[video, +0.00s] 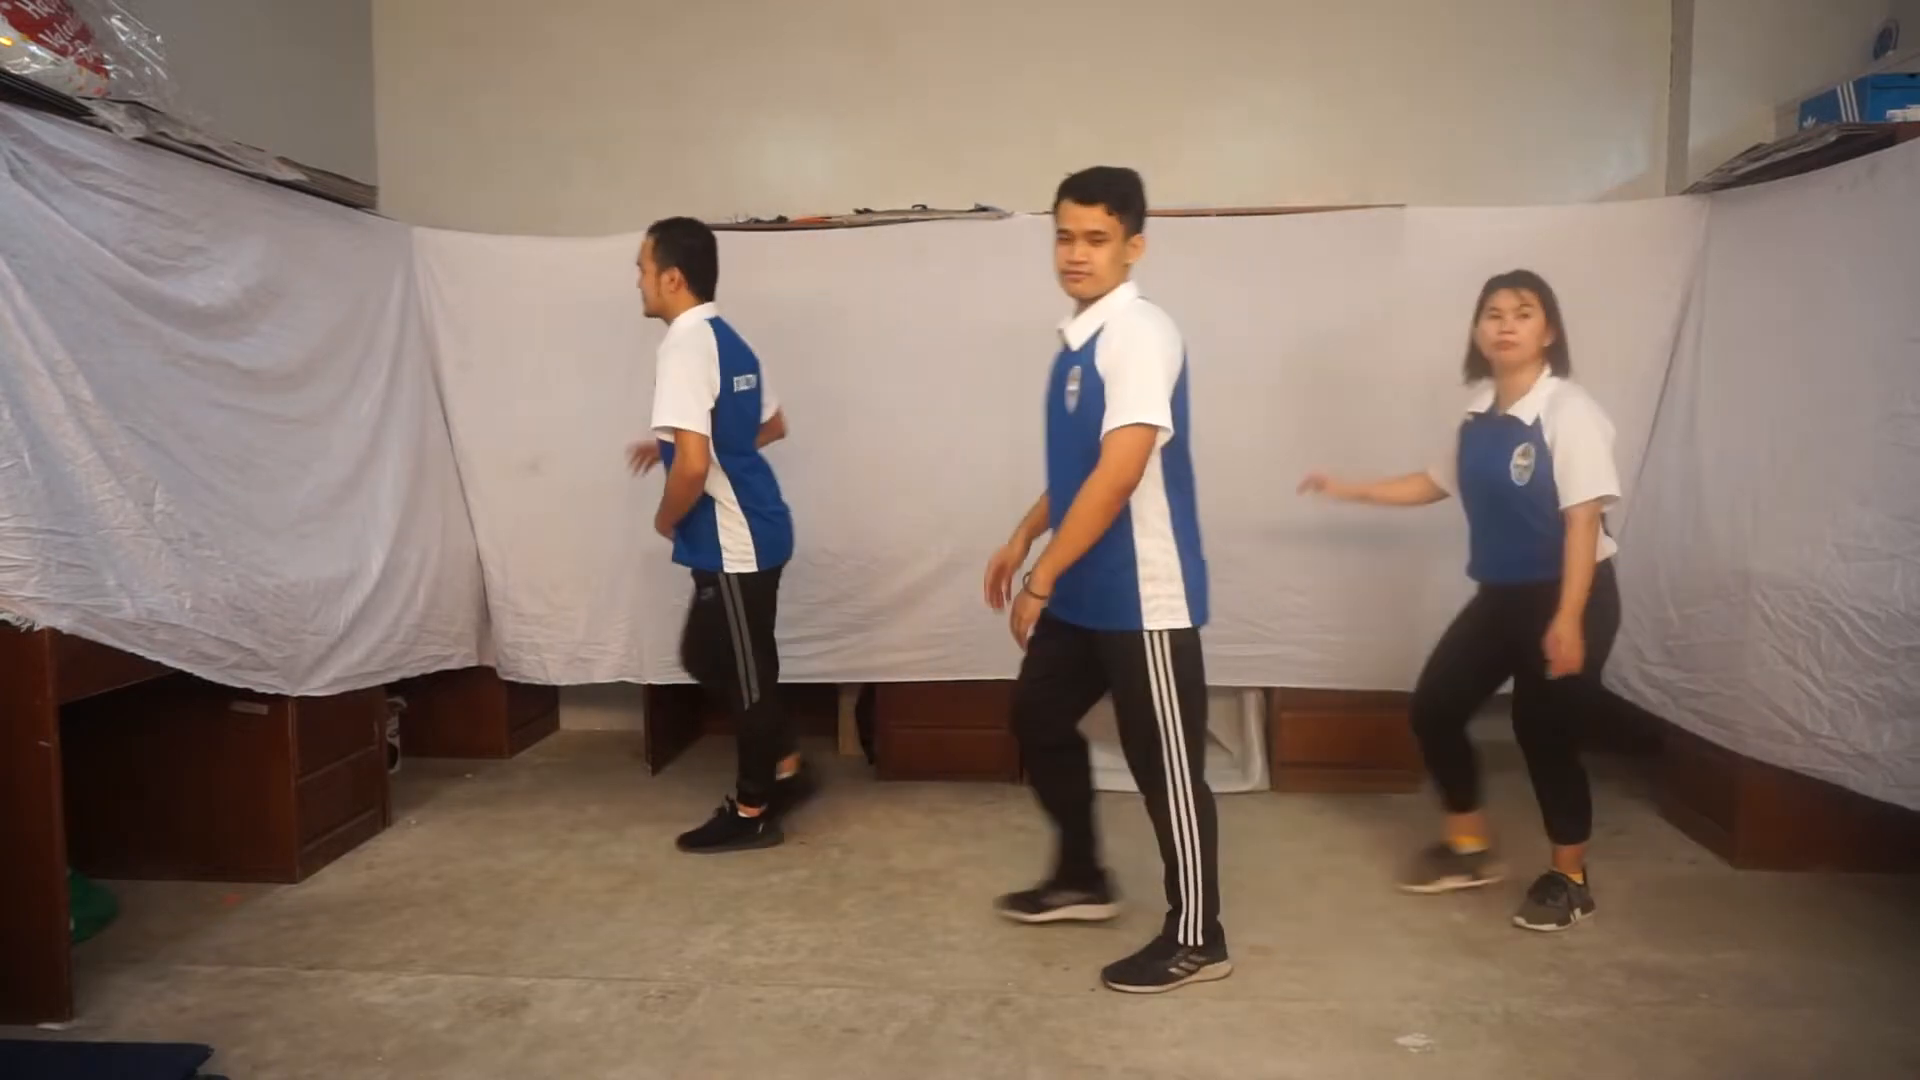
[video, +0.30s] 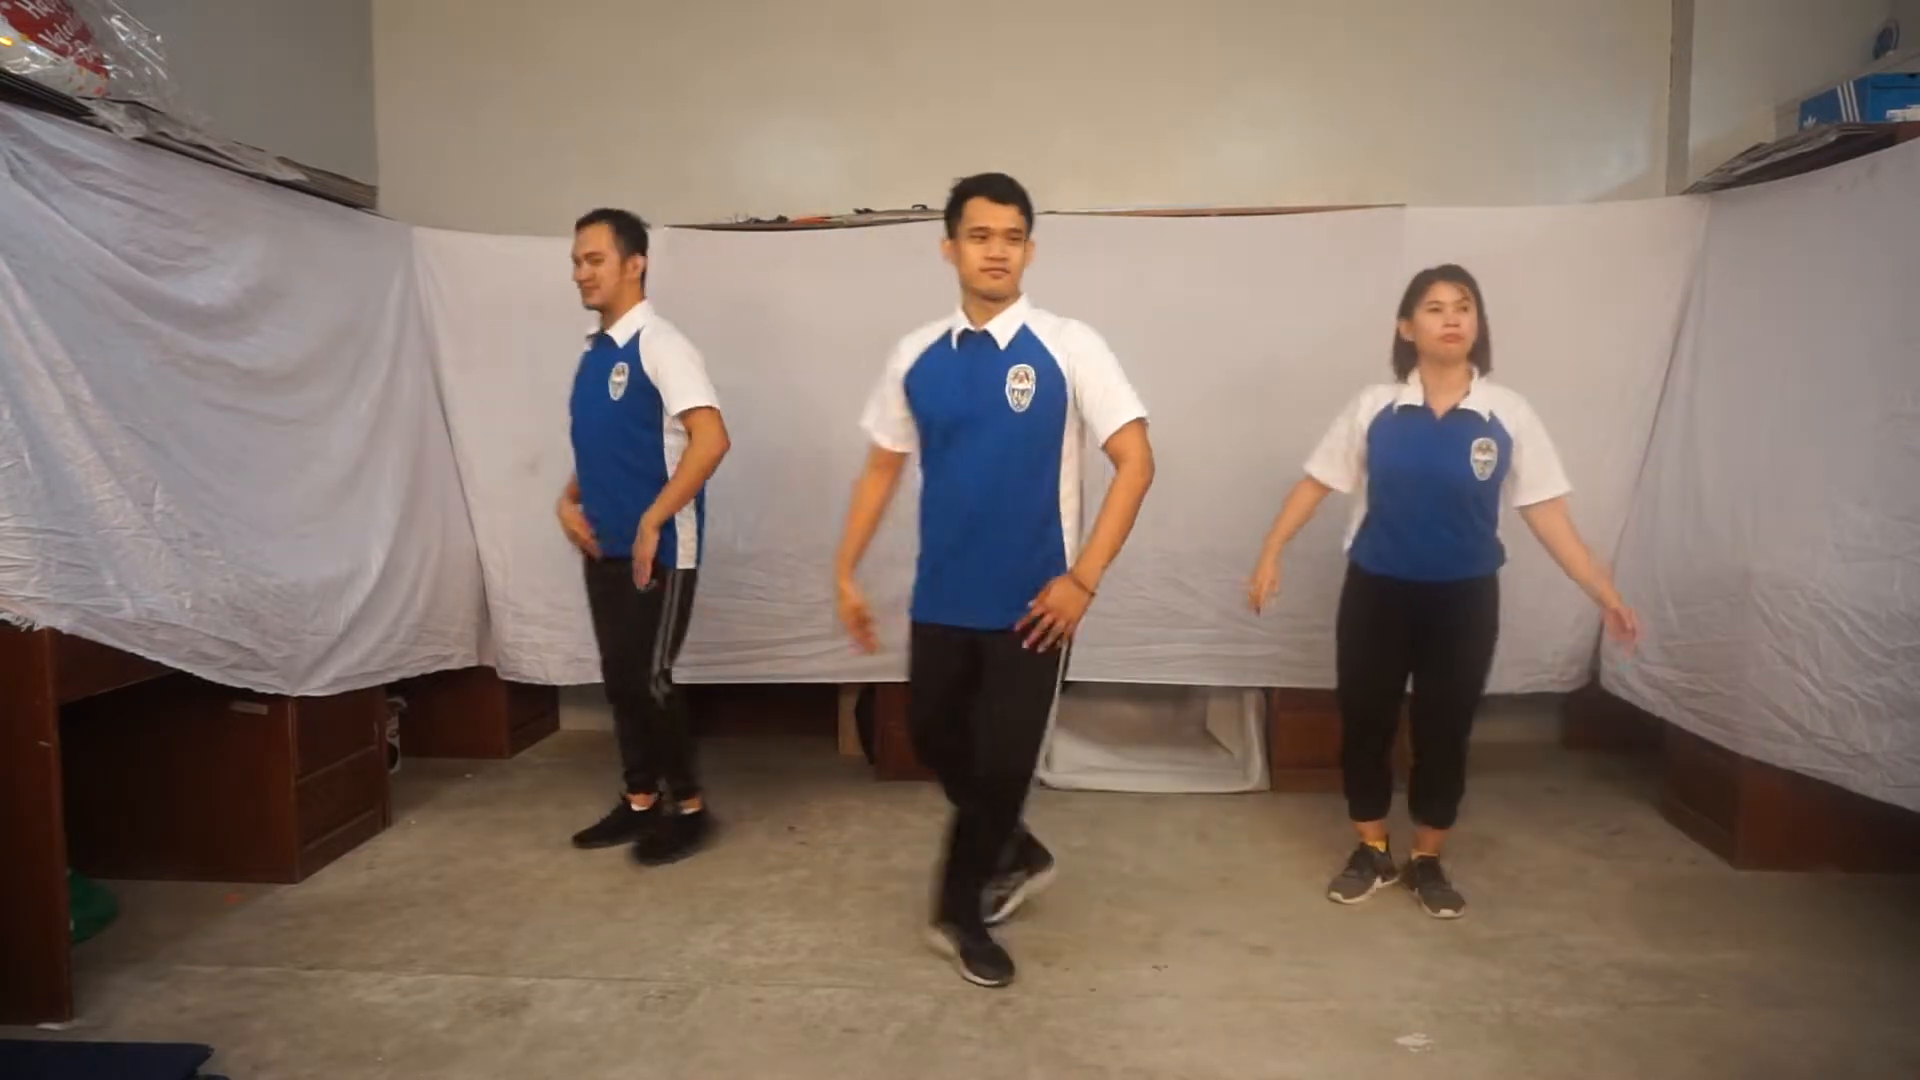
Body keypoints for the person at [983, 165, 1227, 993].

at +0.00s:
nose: (1074, 253)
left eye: (1095, 239)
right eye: (1065, 238)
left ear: (1133, 245)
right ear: (1054, 242)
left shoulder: (1140, 333)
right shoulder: (1082, 334)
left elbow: (1120, 475)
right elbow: (1079, 469)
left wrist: (1045, 577)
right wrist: (1021, 537)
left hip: (1149, 599)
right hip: (1087, 594)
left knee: (1168, 769)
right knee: (1040, 720)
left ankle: (1196, 935)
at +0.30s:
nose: (996, 252)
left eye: (1012, 238)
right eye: (979, 237)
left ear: (1029, 249)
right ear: (951, 249)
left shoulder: (1069, 346)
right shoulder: (917, 355)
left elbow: (1135, 464)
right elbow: (882, 465)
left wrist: (1082, 581)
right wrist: (845, 570)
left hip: (1027, 604)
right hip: (939, 600)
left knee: (1001, 772)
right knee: (936, 740)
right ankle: (1016, 849)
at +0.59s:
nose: (928, 245)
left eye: (933, 231)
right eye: (909, 230)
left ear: (935, 243)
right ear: (858, 241)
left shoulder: (954, 335)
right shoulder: (826, 346)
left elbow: (1028, 366)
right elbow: (786, 461)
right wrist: (735, 564)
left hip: (949, 597)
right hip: (861, 607)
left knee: (957, 762)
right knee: (850, 770)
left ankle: (951, 919)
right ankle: (800, 937)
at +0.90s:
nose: (855, 242)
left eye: (853, 225)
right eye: (837, 227)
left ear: (788, 235)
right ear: (780, 237)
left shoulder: (768, 303)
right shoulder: (800, 339)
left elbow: (774, 196)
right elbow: (868, 465)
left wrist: (756, 78)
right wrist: (967, 549)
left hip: (771, 581)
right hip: (786, 596)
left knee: (789, 746)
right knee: (806, 773)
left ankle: (695, 876)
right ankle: (801, 950)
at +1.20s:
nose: (791, 273)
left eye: (788, 256)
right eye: (775, 257)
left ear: (714, 269)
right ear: (717, 269)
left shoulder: (678, 321)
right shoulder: (744, 359)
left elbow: (671, 209)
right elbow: (787, 510)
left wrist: (638, 98)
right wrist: (770, 540)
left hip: (640, 600)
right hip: (699, 613)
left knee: (580, 769)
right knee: (781, 764)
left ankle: (505, 946)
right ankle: (789, 939)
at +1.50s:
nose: (811, 275)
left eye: (810, 258)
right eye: (796, 261)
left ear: (738, 270)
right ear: (739, 268)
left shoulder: (712, 327)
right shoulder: (763, 355)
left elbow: (727, 229)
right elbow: (806, 515)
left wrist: (737, 125)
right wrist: (804, 537)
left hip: (684, 596)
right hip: (731, 610)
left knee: (643, 762)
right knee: (785, 764)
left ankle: (535, 918)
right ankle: (755, 930)